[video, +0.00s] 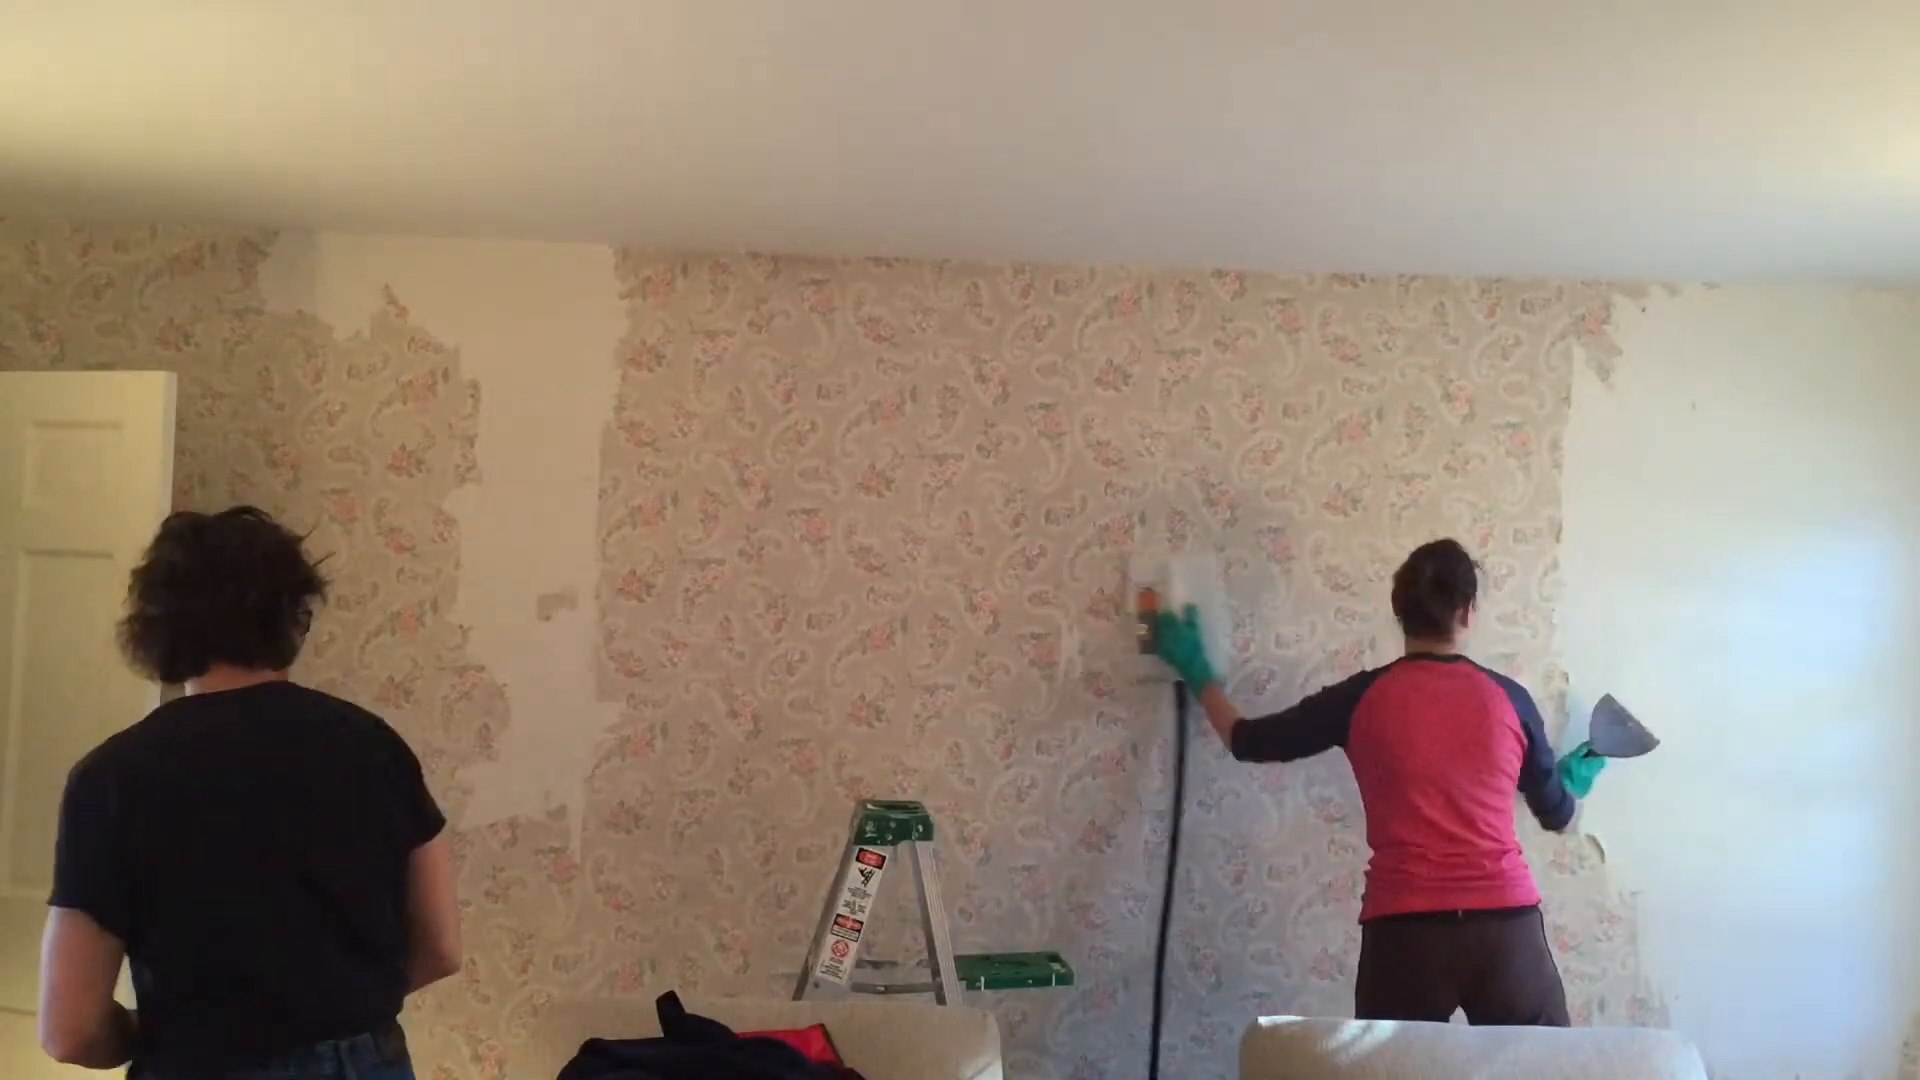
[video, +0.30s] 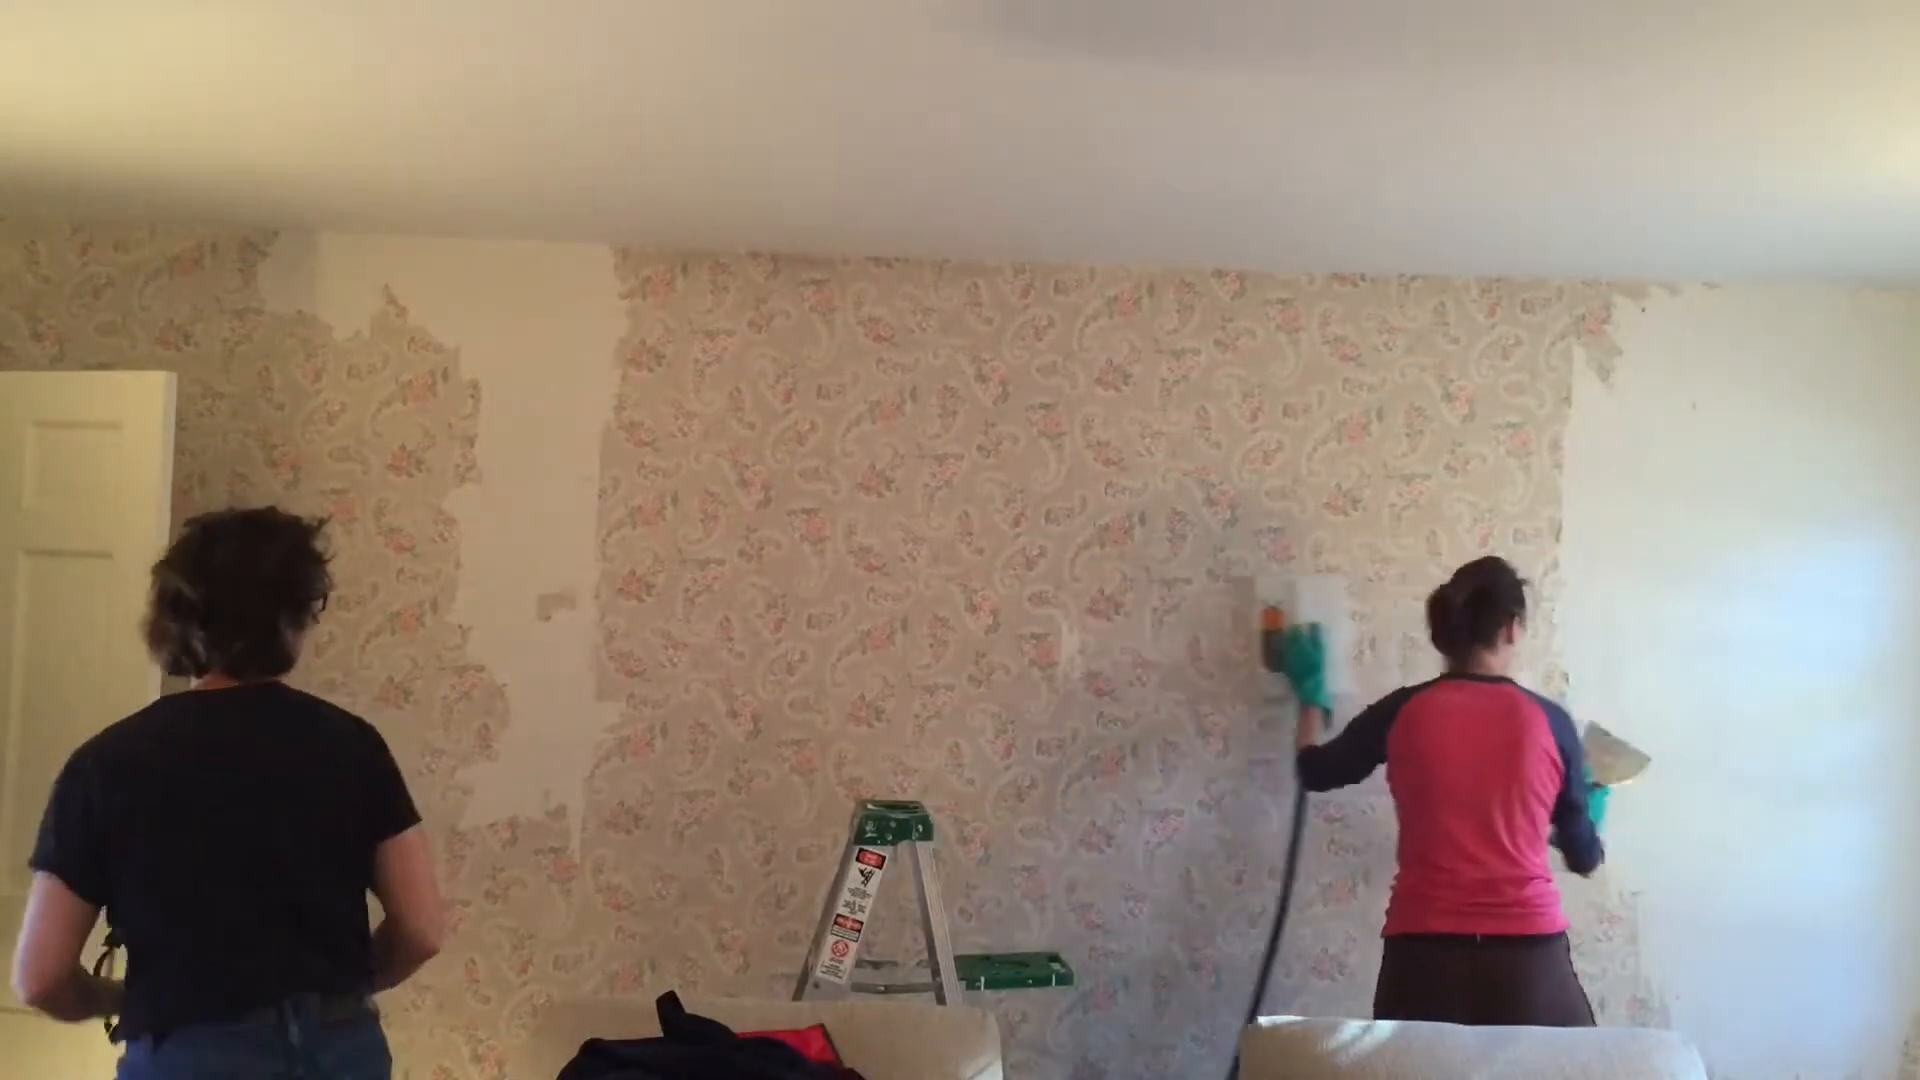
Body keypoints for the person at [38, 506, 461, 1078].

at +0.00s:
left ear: (158, 622)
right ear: (292, 613)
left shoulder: (112, 777)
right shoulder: (370, 743)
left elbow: (71, 1032)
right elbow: (438, 948)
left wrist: (173, 1030)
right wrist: (337, 994)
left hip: (196, 1066)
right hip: (364, 1059)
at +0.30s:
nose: (312, 625)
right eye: (309, 610)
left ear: (173, 617)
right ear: (294, 621)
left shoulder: (108, 762)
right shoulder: (349, 742)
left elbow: (41, 981)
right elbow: (421, 931)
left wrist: (136, 998)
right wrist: (337, 979)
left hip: (183, 1058)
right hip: (346, 1049)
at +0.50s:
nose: (338, 612)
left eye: (340, 594)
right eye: (335, 594)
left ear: (207, 603)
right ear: (301, 603)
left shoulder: (122, 740)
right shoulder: (356, 725)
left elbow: (52, 934)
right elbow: (421, 918)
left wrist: (149, 938)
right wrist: (408, 955)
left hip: (167, 1037)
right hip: (326, 1037)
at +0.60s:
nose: (354, 606)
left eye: (355, 590)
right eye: (348, 590)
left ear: (227, 598)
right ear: (312, 601)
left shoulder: (141, 728)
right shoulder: (352, 721)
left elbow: (72, 910)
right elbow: (405, 917)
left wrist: (155, 915)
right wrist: (452, 921)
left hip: (167, 1030)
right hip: (317, 1032)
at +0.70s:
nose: (364, 606)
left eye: (365, 589)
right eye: (359, 589)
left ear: (239, 594)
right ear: (324, 602)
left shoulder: (164, 718)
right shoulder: (355, 717)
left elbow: (88, 870)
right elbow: (431, 891)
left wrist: (178, 841)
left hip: (173, 1022)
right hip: (314, 1025)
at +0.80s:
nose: (380, 605)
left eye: (378, 588)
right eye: (372, 590)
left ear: (258, 596)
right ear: (335, 605)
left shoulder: (186, 715)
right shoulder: (367, 717)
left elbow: (114, 843)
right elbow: (463, 870)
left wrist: (193, 790)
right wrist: (537, 807)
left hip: (191, 1009)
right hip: (315, 1014)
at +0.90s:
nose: (388, 615)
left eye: (387, 599)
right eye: (382, 599)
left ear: (275, 602)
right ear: (345, 611)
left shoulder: (208, 718)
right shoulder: (371, 722)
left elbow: (150, 838)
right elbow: (474, 867)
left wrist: (236, 796)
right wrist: (558, 802)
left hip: (203, 1005)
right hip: (323, 1015)